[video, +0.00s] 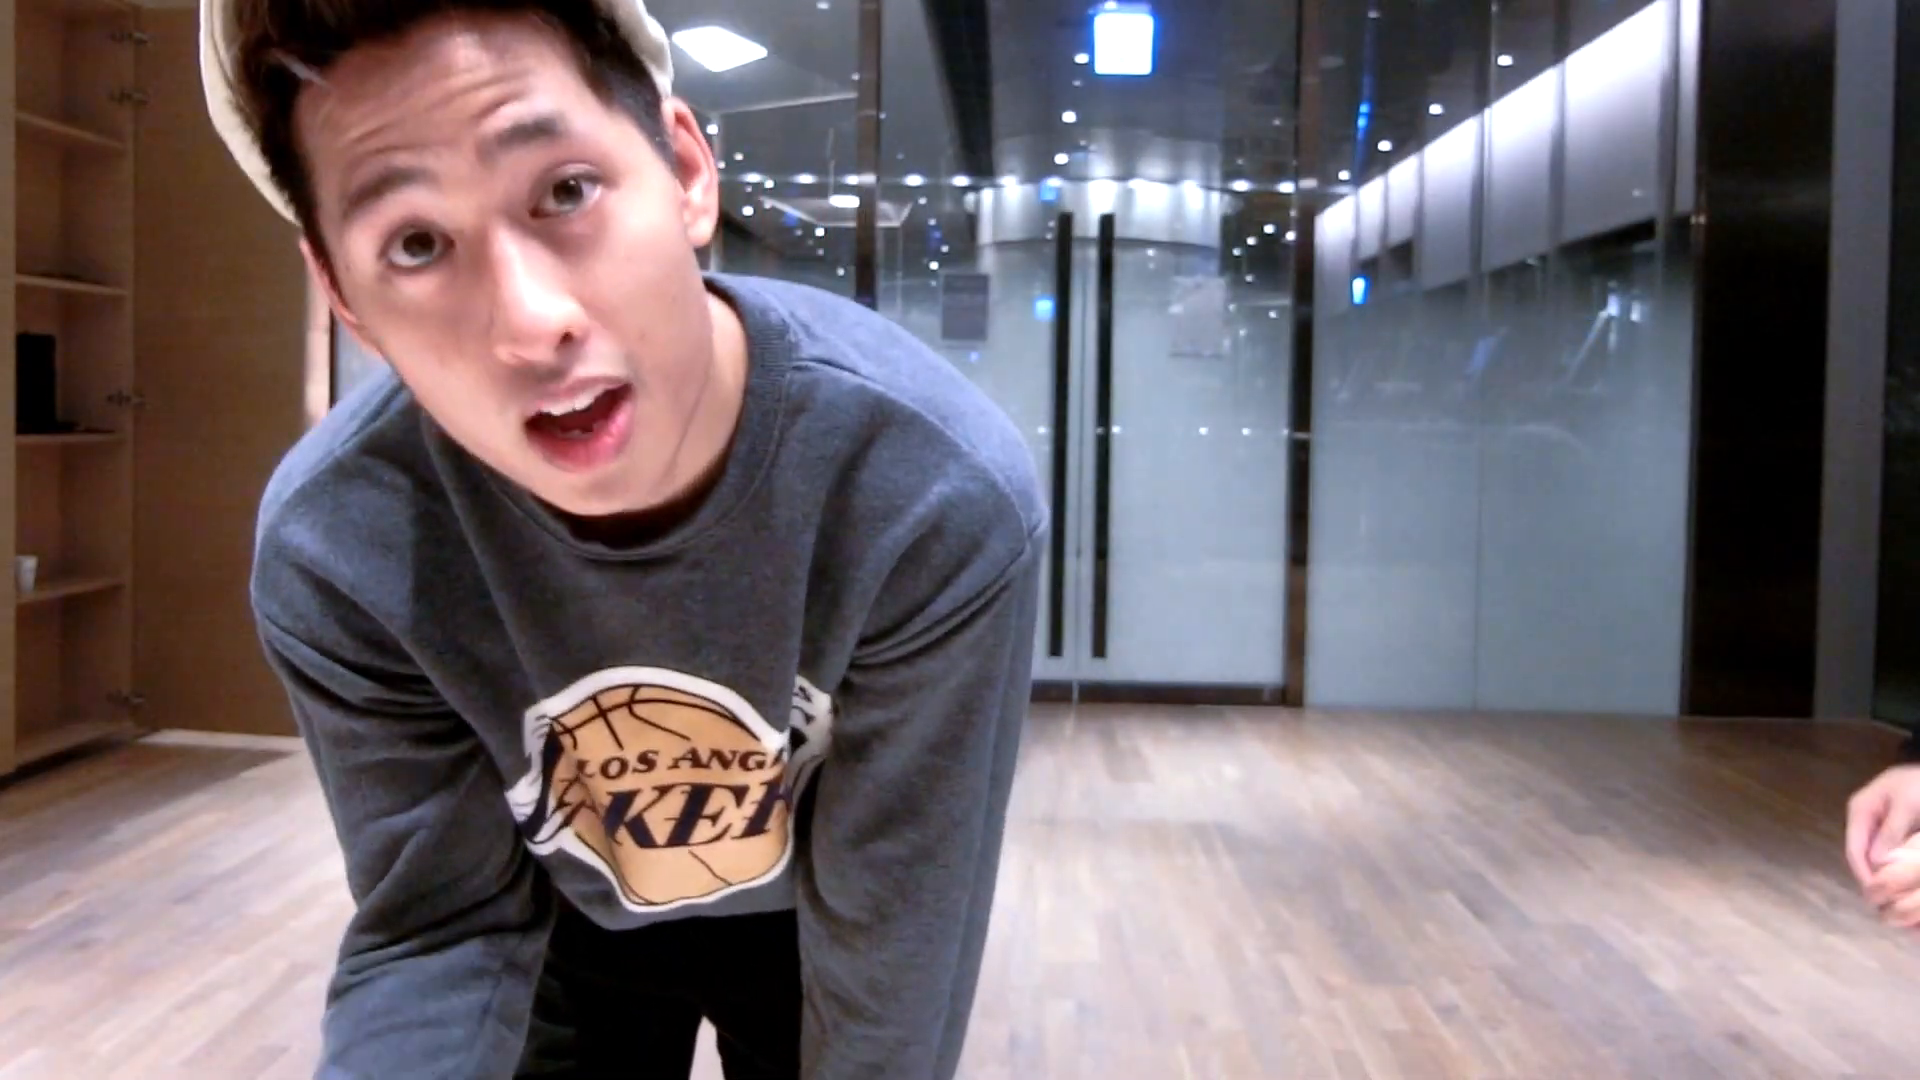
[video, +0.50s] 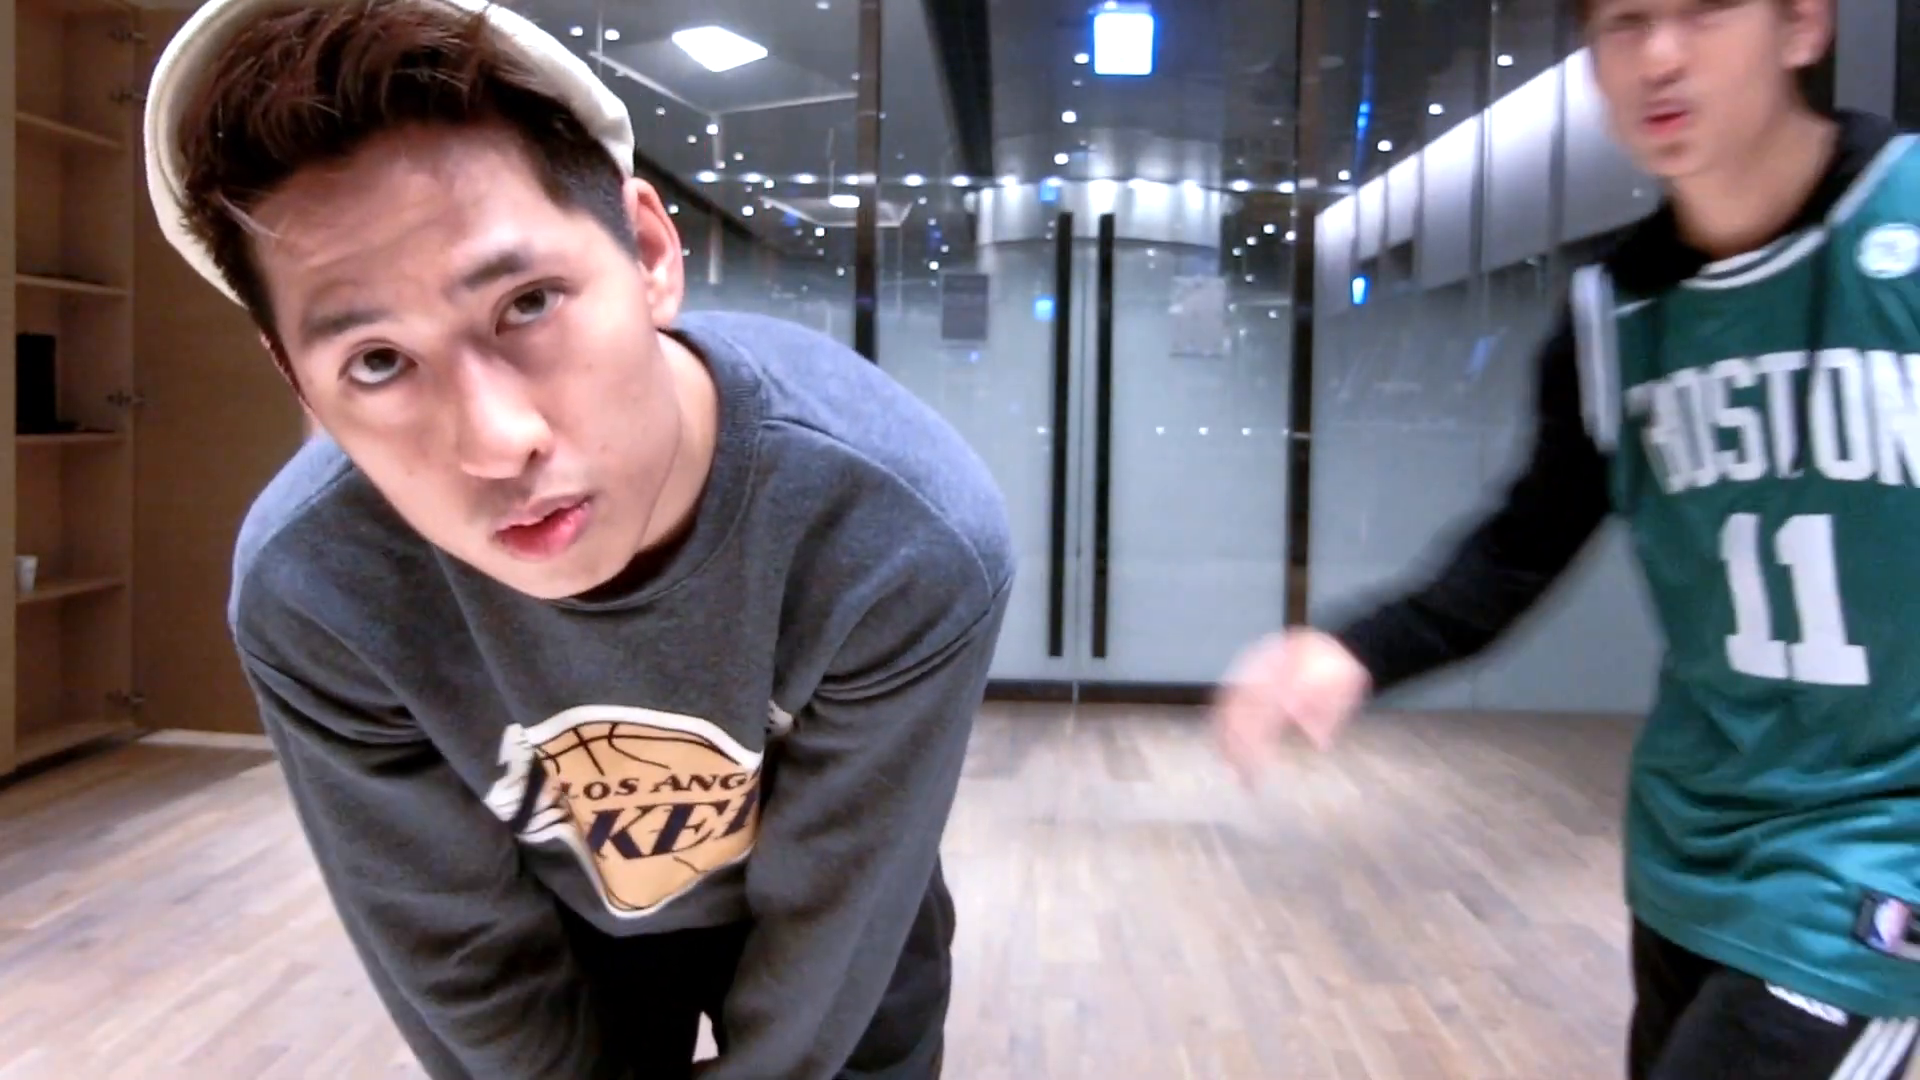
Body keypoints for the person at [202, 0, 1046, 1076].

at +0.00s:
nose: (532, 323)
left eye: (563, 192)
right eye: (418, 244)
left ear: (688, 174)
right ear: (341, 294)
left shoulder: (936, 501)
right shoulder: (336, 548)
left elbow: (885, 985)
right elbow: (433, 931)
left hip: (833, 917)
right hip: (566, 917)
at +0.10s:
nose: (525, 370)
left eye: (560, 232)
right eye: (410, 285)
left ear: (678, 202)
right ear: (325, 321)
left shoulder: (918, 515)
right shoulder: (323, 561)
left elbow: (866, 1007)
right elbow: (429, 983)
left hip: (819, 918)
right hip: (568, 921)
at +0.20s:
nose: (514, 461)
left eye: (542, 322)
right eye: (397, 382)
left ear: (661, 264)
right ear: (312, 400)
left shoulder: (904, 546)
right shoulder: (315, 593)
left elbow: (842, 1020)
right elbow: (448, 1031)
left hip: (821, 932)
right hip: (571, 944)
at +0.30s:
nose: (498, 459)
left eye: (528, 321)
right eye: (381, 381)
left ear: (649, 264)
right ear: (298, 400)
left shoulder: (899, 544)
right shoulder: (316, 603)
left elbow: (823, 1020)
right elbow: (512, 1023)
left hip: (835, 936)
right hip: (573, 965)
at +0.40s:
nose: (494, 443)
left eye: (522, 305)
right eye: (376, 366)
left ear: (646, 255)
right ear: (298, 393)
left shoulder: (904, 538)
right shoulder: (322, 598)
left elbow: (823, 987)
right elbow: (524, 1011)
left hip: (836, 924)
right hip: (576, 954)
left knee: (855, 1065)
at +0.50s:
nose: (495, 443)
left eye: (527, 304)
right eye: (379, 364)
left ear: (652, 256)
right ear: (303, 389)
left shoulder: (906, 541)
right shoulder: (309, 592)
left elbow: (817, 966)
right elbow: (482, 998)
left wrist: (770, 1061)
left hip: (836, 918)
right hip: (562, 944)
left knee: (861, 1060)